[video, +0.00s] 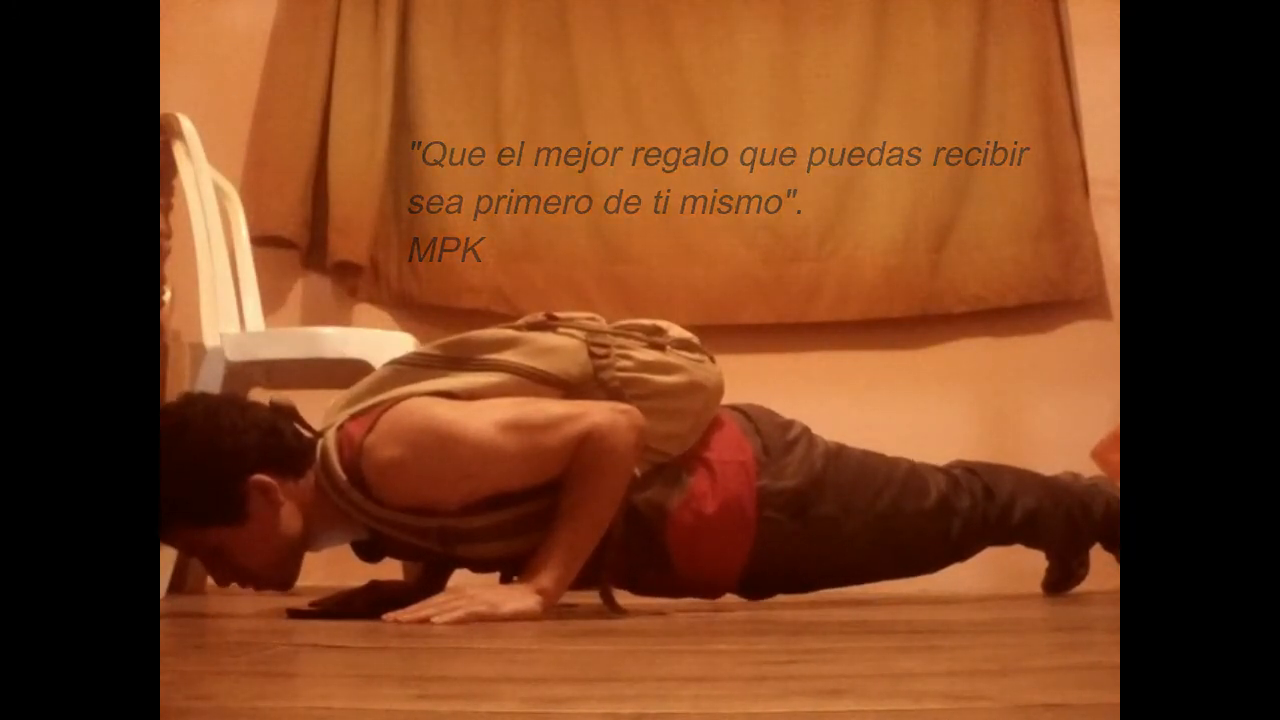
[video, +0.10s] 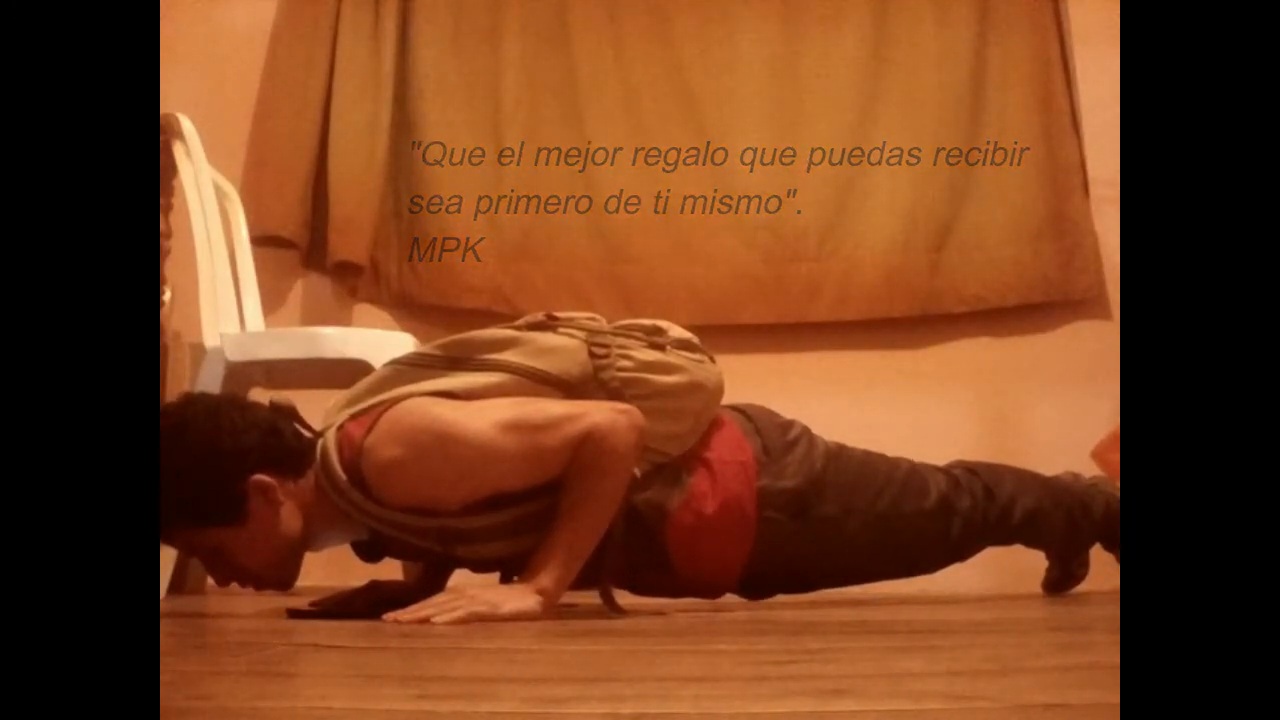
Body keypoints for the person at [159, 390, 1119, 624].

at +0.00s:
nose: (211, 577)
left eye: (206, 551)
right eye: (194, 559)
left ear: (261, 496)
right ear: (259, 482)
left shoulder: (395, 454)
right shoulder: (354, 460)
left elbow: (609, 438)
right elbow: (476, 529)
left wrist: (539, 590)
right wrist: (391, 586)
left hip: (738, 496)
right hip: (712, 501)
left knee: (947, 508)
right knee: (926, 506)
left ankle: (1096, 506)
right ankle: (1080, 504)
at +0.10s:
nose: (212, 577)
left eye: (207, 551)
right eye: (195, 559)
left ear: (261, 495)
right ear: (259, 482)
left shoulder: (394, 455)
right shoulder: (354, 459)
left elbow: (610, 438)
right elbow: (477, 528)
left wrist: (540, 590)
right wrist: (391, 586)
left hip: (737, 497)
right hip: (713, 499)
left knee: (947, 509)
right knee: (926, 506)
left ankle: (1095, 506)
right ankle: (1080, 505)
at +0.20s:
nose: (212, 577)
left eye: (207, 551)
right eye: (196, 560)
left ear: (261, 497)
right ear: (259, 483)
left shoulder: (394, 455)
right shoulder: (353, 460)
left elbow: (609, 438)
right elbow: (478, 528)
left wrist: (540, 589)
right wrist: (391, 586)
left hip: (738, 495)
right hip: (712, 499)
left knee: (949, 508)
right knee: (927, 505)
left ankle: (1095, 506)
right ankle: (1080, 504)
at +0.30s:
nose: (212, 577)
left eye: (207, 551)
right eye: (195, 559)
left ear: (261, 497)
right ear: (259, 483)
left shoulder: (394, 455)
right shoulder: (352, 460)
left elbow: (609, 438)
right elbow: (477, 527)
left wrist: (540, 589)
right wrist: (391, 586)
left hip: (737, 495)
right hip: (711, 498)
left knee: (947, 509)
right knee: (925, 505)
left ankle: (1094, 505)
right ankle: (1079, 504)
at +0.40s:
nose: (215, 579)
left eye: (209, 554)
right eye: (198, 563)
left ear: (260, 498)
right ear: (257, 482)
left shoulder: (394, 455)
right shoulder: (352, 464)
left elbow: (608, 438)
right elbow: (474, 530)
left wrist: (540, 589)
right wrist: (386, 587)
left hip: (737, 494)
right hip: (709, 499)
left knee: (946, 510)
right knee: (925, 505)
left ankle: (1094, 505)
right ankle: (1079, 503)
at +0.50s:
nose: (214, 579)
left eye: (208, 554)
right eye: (197, 563)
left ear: (259, 498)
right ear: (257, 482)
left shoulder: (394, 456)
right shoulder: (352, 464)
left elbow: (608, 438)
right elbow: (474, 530)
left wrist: (540, 589)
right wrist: (386, 588)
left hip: (736, 494)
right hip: (708, 500)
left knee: (945, 509)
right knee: (925, 505)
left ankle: (1093, 505)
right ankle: (1078, 503)